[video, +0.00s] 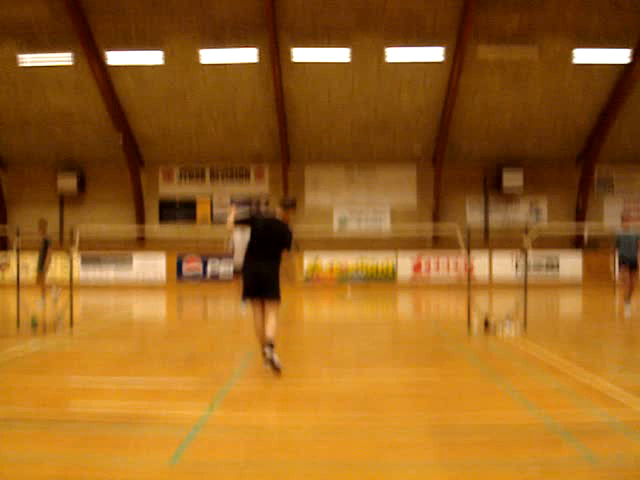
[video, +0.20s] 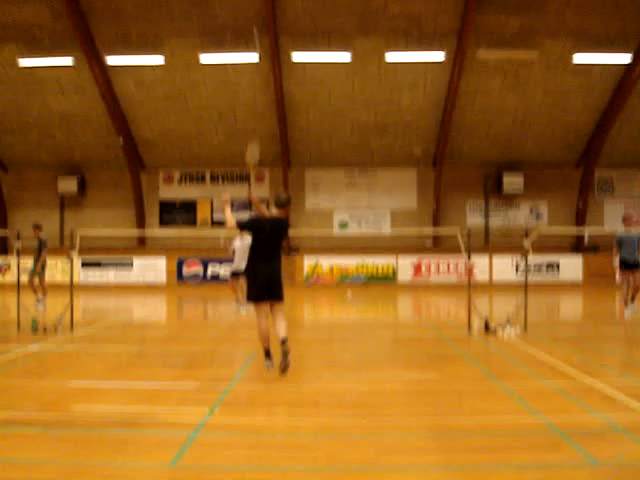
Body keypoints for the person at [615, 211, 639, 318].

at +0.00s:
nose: (626, 225)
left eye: (628, 222)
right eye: (624, 222)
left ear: (630, 223)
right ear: (622, 223)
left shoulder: (635, 236)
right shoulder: (619, 236)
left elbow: (638, 249)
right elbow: (614, 251)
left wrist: (638, 261)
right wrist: (613, 268)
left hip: (633, 260)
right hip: (623, 260)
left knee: (632, 282)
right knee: (624, 281)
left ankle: (628, 301)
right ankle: (626, 302)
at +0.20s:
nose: (628, 224)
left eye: (629, 221)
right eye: (626, 221)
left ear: (632, 221)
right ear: (623, 222)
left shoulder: (636, 235)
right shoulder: (619, 235)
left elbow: (638, 251)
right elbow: (615, 254)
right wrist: (617, 271)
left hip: (635, 262)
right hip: (624, 263)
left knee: (636, 285)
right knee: (625, 286)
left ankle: (632, 301)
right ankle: (626, 306)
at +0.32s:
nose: (631, 225)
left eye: (632, 222)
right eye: (629, 222)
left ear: (633, 223)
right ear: (625, 224)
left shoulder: (637, 235)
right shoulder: (622, 236)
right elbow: (619, 252)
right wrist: (620, 266)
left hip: (636, 263)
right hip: (627, 263)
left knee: (637, 286)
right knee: (626, 286)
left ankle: (637, 306)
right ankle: (626, 307)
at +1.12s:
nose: (637, 227)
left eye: (638, 225)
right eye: (637, 225)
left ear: (637, 226)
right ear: (635, 226)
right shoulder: (629, 239)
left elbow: (623, 253)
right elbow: (623, 253)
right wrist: (621, 266)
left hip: (637, 264)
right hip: (630, 264)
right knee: (628, 286)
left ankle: (637, 309)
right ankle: (628, 306)